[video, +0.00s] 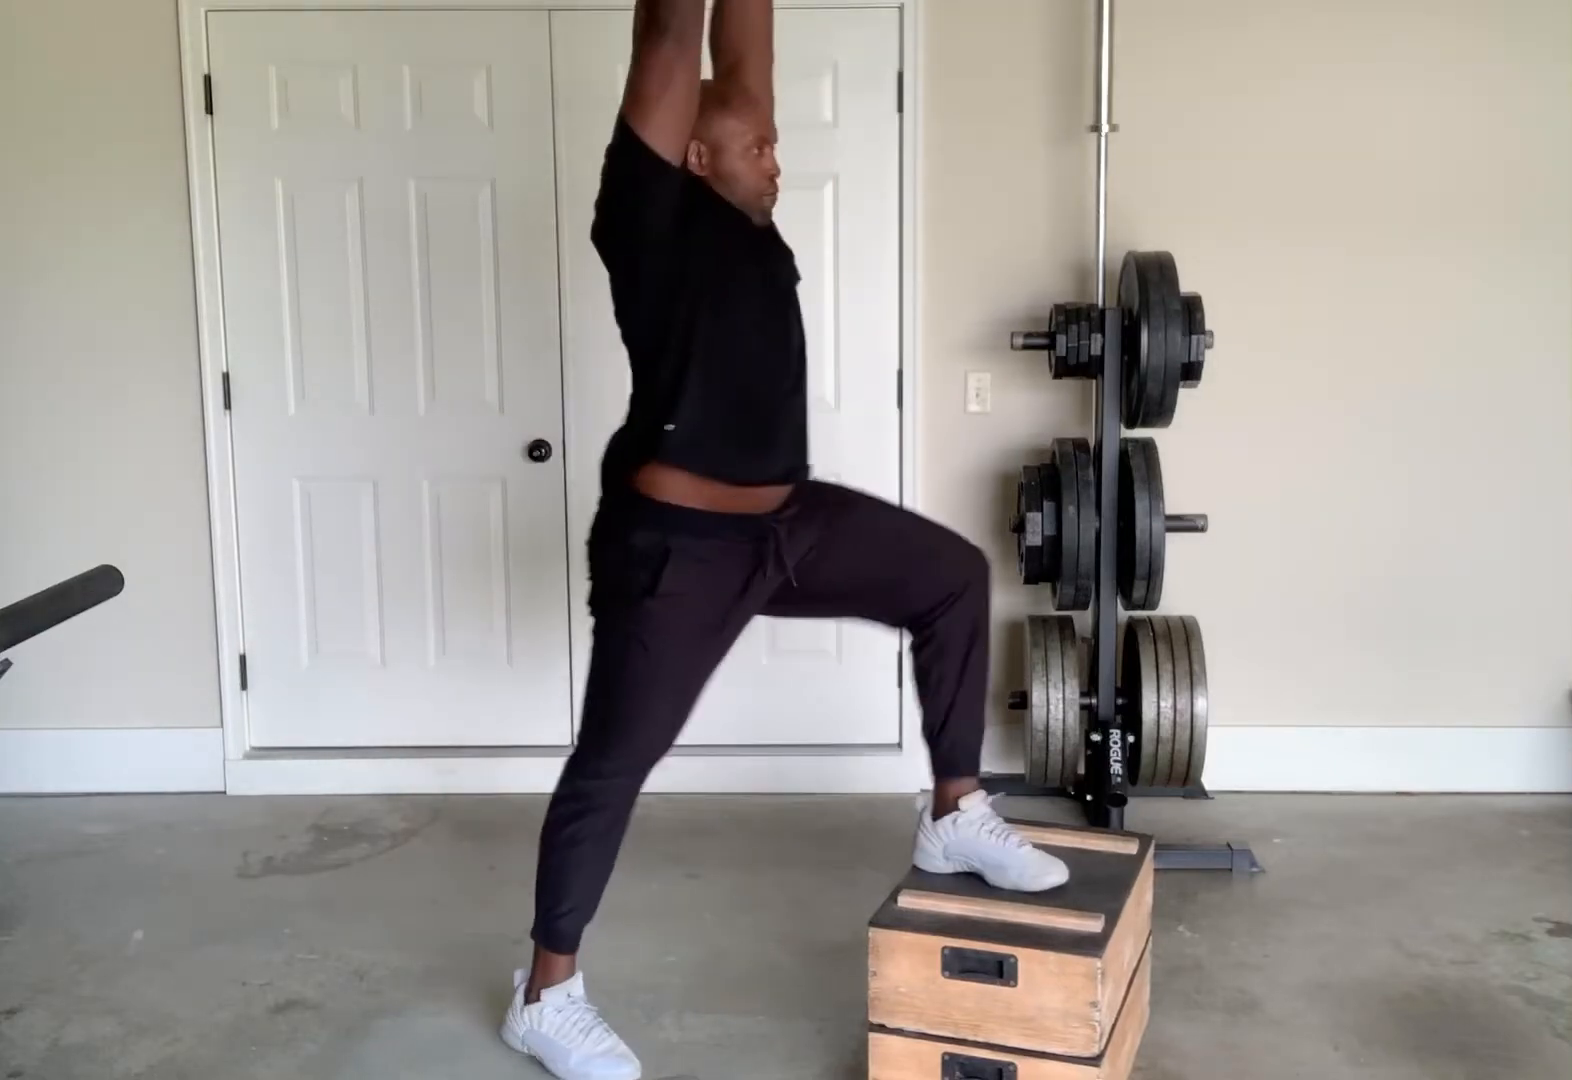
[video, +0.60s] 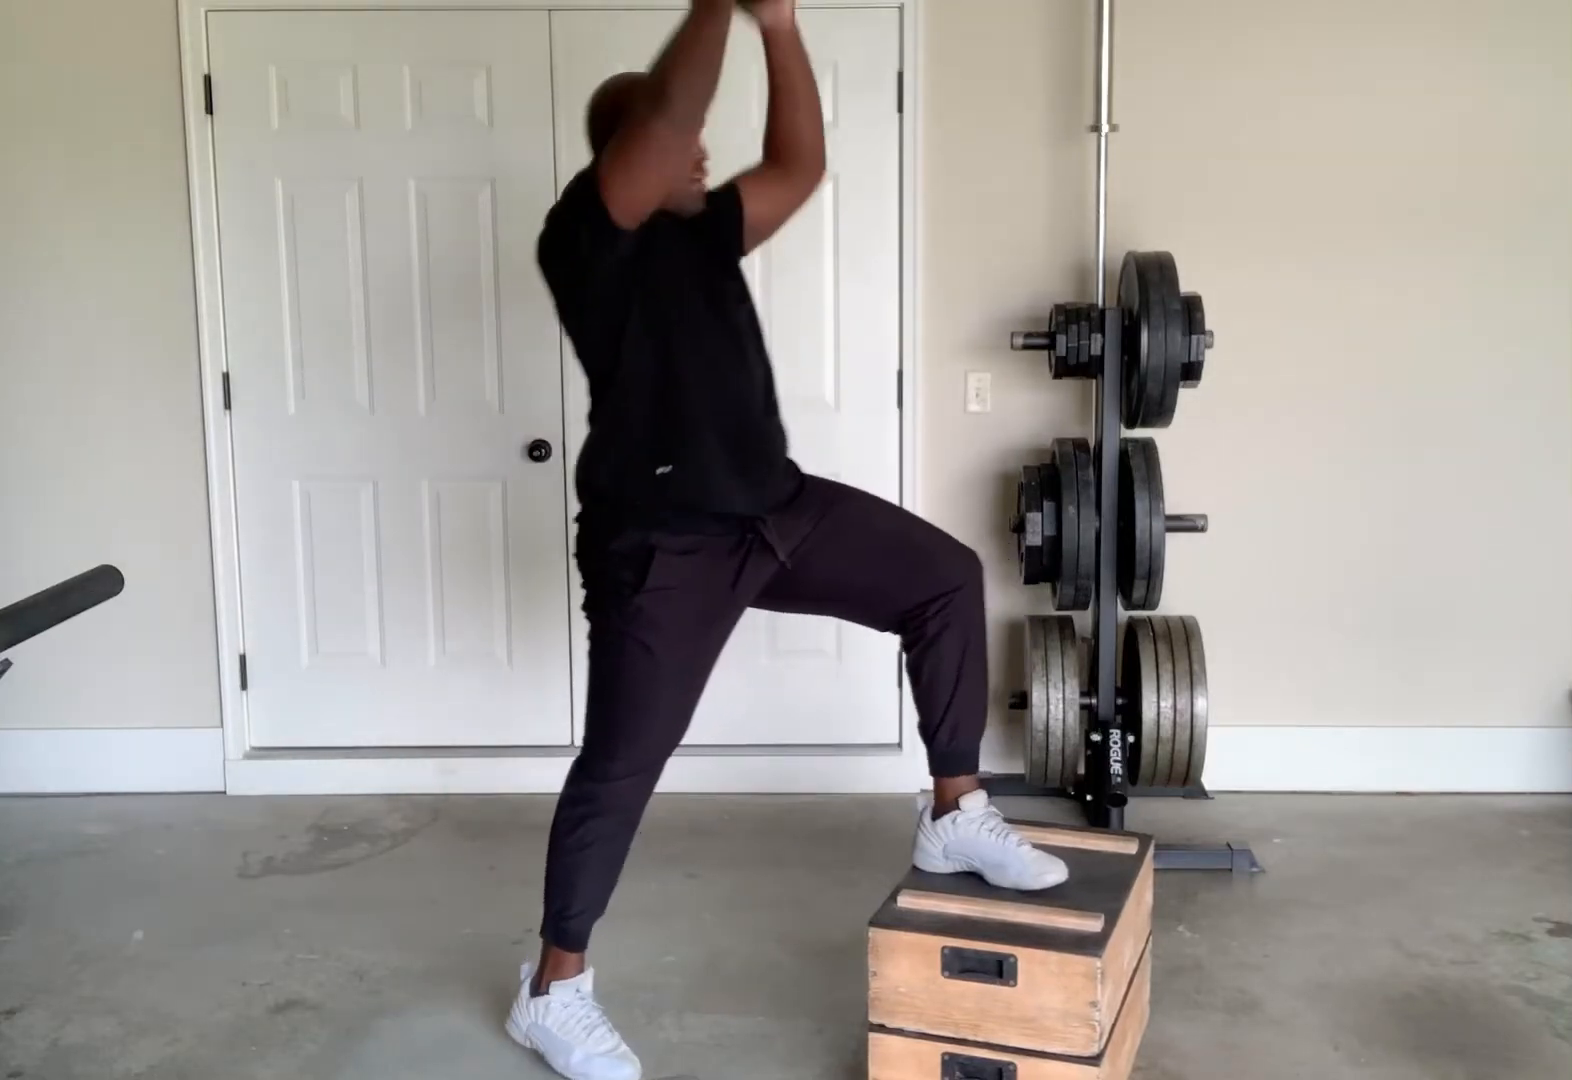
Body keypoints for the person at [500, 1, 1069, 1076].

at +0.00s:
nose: (774, 158)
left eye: (772, 140)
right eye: (754, 141)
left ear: (752, 150)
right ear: (697, 147)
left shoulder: (749, 227)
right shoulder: (646, 212)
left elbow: (747, 72)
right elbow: (665, 35)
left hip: (789, 515)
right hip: (673, 537)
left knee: (953, 577)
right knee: (611, 766)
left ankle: (957, 814)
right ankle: (548, 991)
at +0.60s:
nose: (682, 152)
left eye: (681, 136)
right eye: (661, 132)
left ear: (683, 146)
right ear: (618, 143)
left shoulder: (706, 227)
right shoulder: (579, 242)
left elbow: (797, 166)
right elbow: (670, 117)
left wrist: (779, 24)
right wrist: (714, 1)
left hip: (775, 508)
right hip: (660, 539)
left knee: (946, 580)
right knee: (621, 764)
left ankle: (956, 812)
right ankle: (557, 985)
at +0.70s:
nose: (650, 154)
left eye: (647, 140)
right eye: (627, 139)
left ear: (647, 155)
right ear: (570, 165)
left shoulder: (671, 250)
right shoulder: (541, 260)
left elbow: (786, 267)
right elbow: (662, 243)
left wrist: (766, 145)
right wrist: (718, 121)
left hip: (742, 517)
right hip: (631, 549)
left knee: (916, 578)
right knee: (599, 770)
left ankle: (951, 810)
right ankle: (550, 991)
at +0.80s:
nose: (623, 167)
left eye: (620, 150)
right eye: (601, 151)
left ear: (598, 169)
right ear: (540, 169)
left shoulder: (626, 270)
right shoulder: (514, 285)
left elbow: (728, 377)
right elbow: (612, 385)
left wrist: (736, 267)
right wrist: (700, 268)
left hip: (709, 526)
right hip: (601, 570)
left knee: (886, 568)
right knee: (576, 779)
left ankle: (937, 804)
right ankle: (542, 996)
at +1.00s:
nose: (599, 183)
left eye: (599, 165)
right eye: (581, 165)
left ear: (553, 172)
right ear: (517, 171)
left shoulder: (587, 268)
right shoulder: (473, 299)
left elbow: (604, 403)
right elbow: (497, 467)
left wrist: (691, 410)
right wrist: (658, 420)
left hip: (672, 524)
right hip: (574, 574)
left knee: (839, 595)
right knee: (568, 776)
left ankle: (761, 795)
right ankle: (541, 994)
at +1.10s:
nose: (595, 189)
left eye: (596, 172)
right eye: (580, 171)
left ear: (537, 171)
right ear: (518, 170)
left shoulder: (588, 276)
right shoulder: (465, 299)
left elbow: (622, 404)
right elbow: (489, 469)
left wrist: (703, 441)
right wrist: (654, 462)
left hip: (663, 535)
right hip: (561, 570)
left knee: (787, 670)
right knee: (559, 771)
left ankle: (698, 833)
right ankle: (540, 996)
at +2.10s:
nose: (683, 243)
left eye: (692, 226)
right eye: (675, 223)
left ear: (656, 207)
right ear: (624, 197)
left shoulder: (644, 292)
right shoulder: (541, 292)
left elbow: (644, 434)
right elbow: (521, 464)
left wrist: (683, 556)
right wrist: (625, 585)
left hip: (616, 557)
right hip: (535, 562)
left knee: (639, 728)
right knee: (552, 760)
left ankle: (624, 913)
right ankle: (522, 993)